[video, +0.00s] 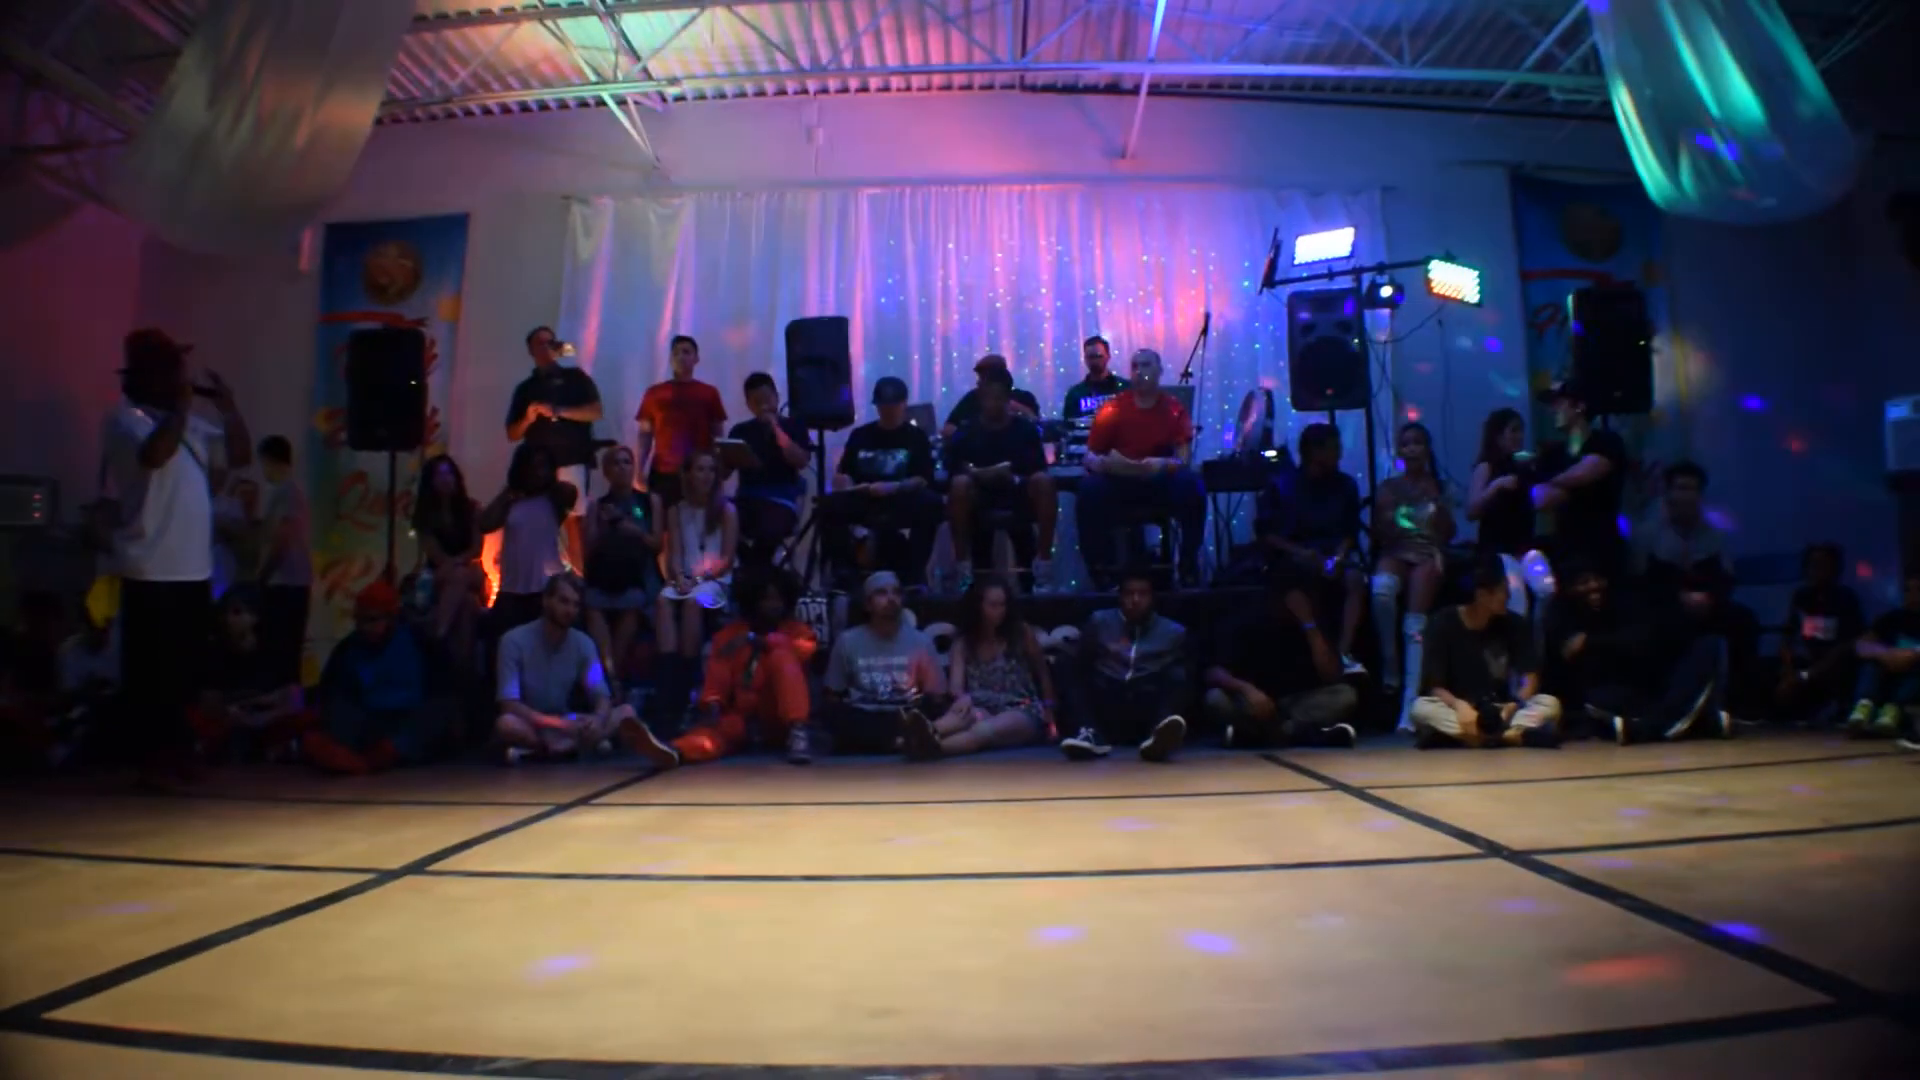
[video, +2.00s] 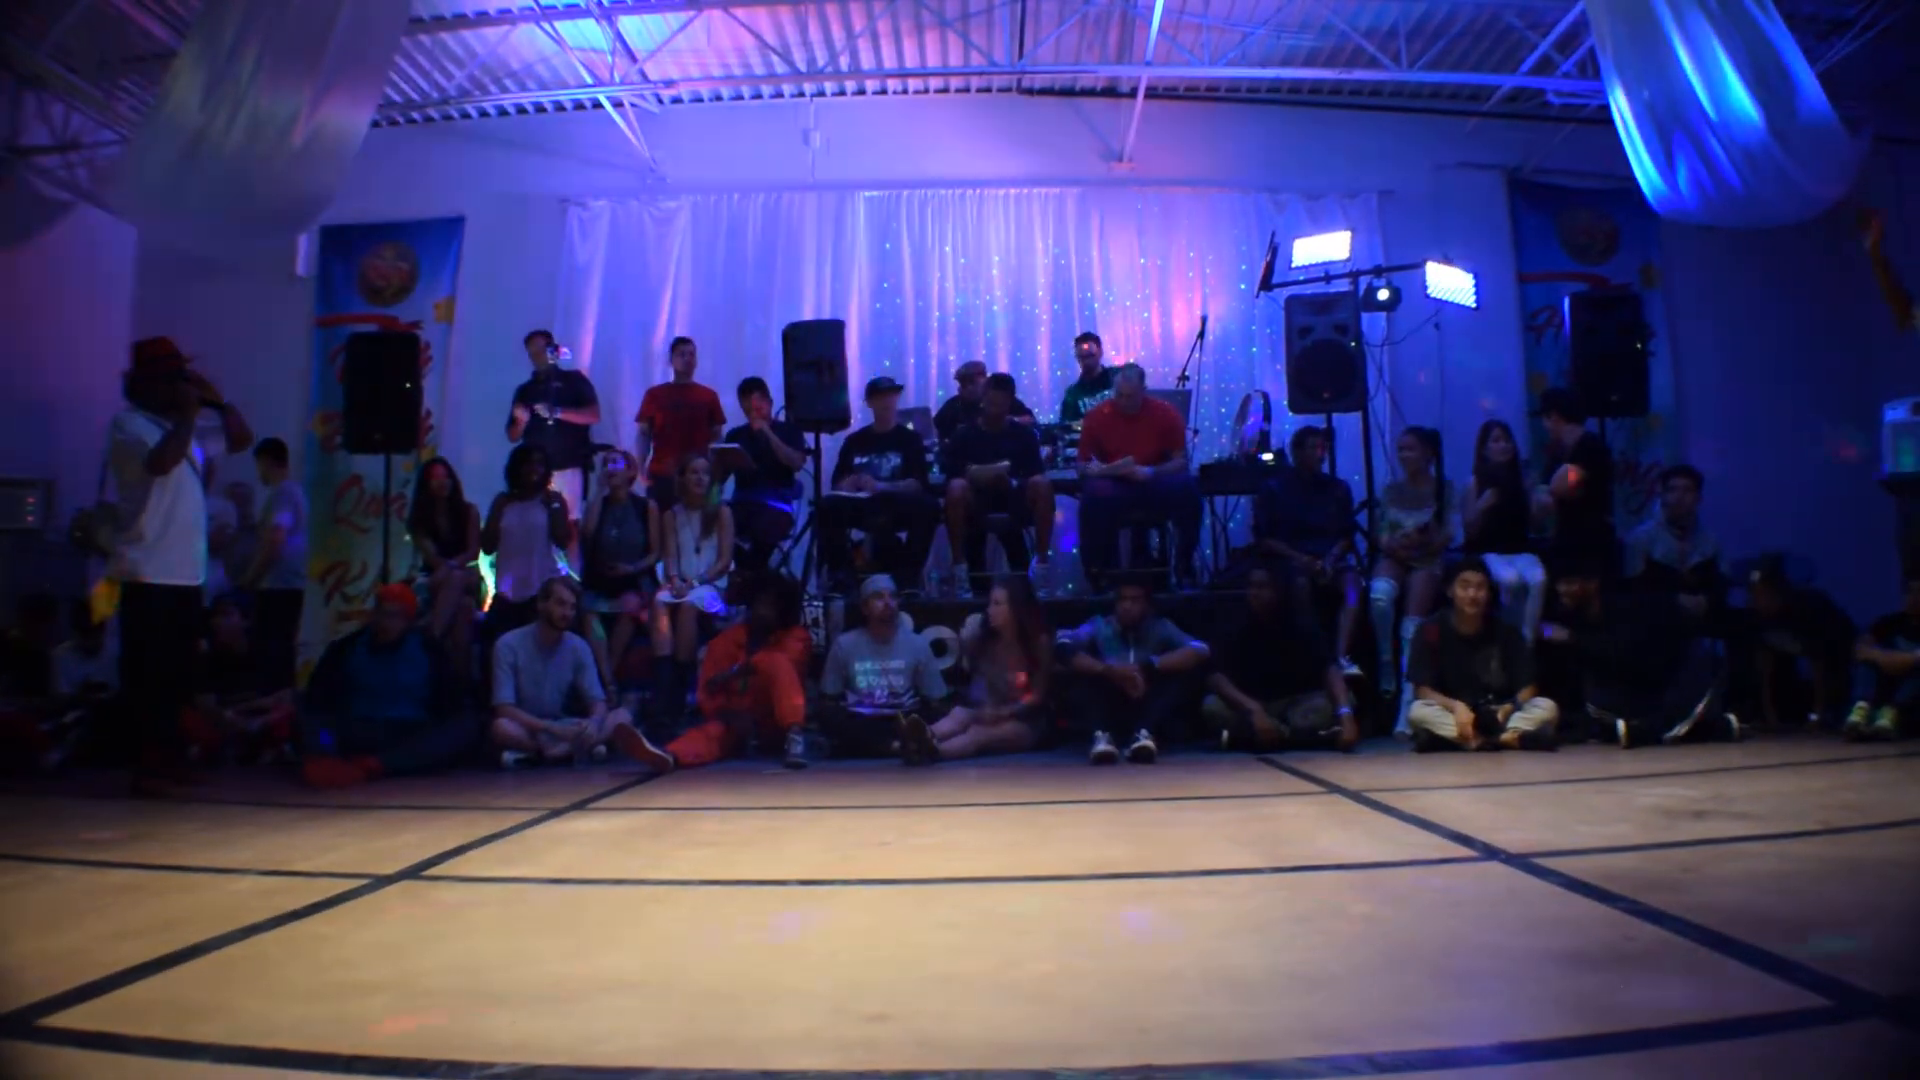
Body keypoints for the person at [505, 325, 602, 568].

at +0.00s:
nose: (547, 348)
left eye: (550, 343)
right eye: (540, 344)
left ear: (558, 347)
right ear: (531, 351)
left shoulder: (577, 377)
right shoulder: (525, 388)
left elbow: (595, 412)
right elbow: (513, 433)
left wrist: (559, 412)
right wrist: (528, 419)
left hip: (572, 459)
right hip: (538, 461)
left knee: (574, 520)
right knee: (536, 517)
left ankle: (579, 574)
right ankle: (538, 575)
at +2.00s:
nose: (539, 356)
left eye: (543, 349)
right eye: (533, 351)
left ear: (553, 350)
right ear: (529, 356)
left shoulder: (575, 379)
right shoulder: (525, 389)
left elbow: (593, 415)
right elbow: (513, 435)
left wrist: (557, 413)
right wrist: (520, 422)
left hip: (569, 463)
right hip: (537, 466)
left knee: (570, 524)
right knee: (536, 523)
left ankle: (573, 576)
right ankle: (539, 578)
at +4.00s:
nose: (548, 351)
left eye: (552, 346)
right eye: (542, 346)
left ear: (558, 351)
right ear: (531, 351)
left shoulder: (573, 379)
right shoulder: (523, 389)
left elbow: (592, 415)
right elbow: (510, 435)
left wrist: (556, 414)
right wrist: (523, 422)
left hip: (568, 464)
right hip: (534, 467)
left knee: (567, 524)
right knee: (534, 523)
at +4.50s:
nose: (548, 350)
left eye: (552, 346)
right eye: (542, 346)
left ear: (558, 350)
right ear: (531, 350)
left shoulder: (573, 379)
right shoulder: (522, 389)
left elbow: (592, 415)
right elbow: (509, 435)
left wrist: (556, 414)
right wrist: (525, 420)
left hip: (568, 463)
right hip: (534, 465)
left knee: (568, 523)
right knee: (535, 521)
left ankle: (572, 575)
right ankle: (538, 577)